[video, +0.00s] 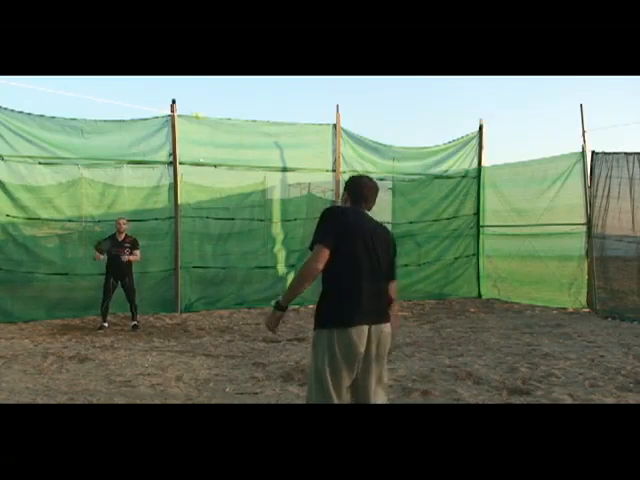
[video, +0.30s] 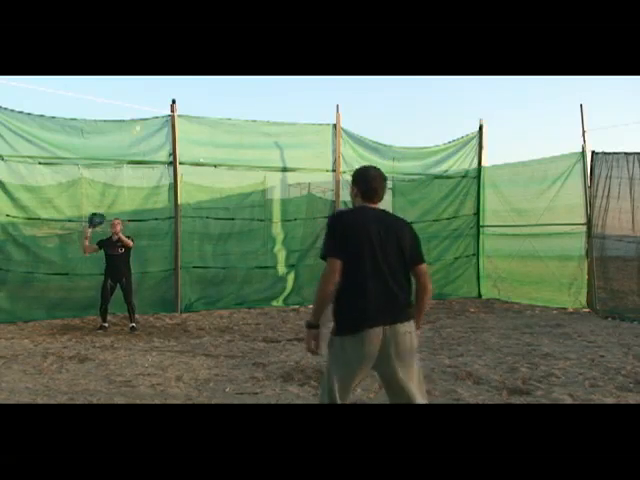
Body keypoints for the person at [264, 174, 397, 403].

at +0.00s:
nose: (341, 198)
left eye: (342, 195)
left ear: (345, 197)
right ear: (373, 203)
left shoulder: (335, 215)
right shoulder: (385, 234)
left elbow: (315, 265)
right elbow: (390, 292)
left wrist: (281, 305)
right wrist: (382, 323)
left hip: (340, 329)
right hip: (379, 330)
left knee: (328, 397)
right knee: (373, 397)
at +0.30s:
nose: (350, 190)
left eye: (352, 187)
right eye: (352, 187)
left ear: (355, 190)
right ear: (382, 194)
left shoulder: (341, 221)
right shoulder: (401, 225)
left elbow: (332, 276)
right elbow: (424, 282)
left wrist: (314, 322)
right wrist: (417, 321)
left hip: (356, 331)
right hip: (401, 330)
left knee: (333, 396)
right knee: (411, 397)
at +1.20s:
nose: (319, 182)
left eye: (320, 177)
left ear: (322, 184)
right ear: (353, 181)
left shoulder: (307, 221)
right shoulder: (371, 215)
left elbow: (294, 278)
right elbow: (376, 182)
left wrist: (285, 292)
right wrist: (367, 145)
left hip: (322, 327)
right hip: (369, 324)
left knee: (313, 397)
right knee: (382, 396)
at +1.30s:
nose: (308, 183)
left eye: (308, 178)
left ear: (311, 183)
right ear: (343, 179)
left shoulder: (299, 222)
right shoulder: (364, 211)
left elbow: (288, 284)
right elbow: (386, 171)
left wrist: (282, 294)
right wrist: (373, 125)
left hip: (318, 329)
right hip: (366, 325)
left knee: (313, 398)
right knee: (378, 398)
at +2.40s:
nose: (296, 256)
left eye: (297, 252)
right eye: (295, 252)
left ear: (305, 256)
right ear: (330, 246)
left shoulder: (313, 306)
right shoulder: (355, 264)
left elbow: (306, 361)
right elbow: (339, 237)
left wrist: (288, 378)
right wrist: (300, 261)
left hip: (339, 388)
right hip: (374, 375)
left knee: (267, 398)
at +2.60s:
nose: (269, 291)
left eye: (269, 288)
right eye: (268, 287)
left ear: (277, 294)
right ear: (301, 275)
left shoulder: (307, 335)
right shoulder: (327, 282)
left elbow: (306, 378)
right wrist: (279, 344)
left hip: (340, 396)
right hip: (368, 381)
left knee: (263, 399)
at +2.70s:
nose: (263, 277)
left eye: (262, 272)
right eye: (261, 272)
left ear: (268, 276)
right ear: (296, 262)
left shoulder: (291, 323)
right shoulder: (322, 275)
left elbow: (306, 371)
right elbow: (350, 293)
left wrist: (289, 377)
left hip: (337, 395)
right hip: (371, 382)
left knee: (262, 400)